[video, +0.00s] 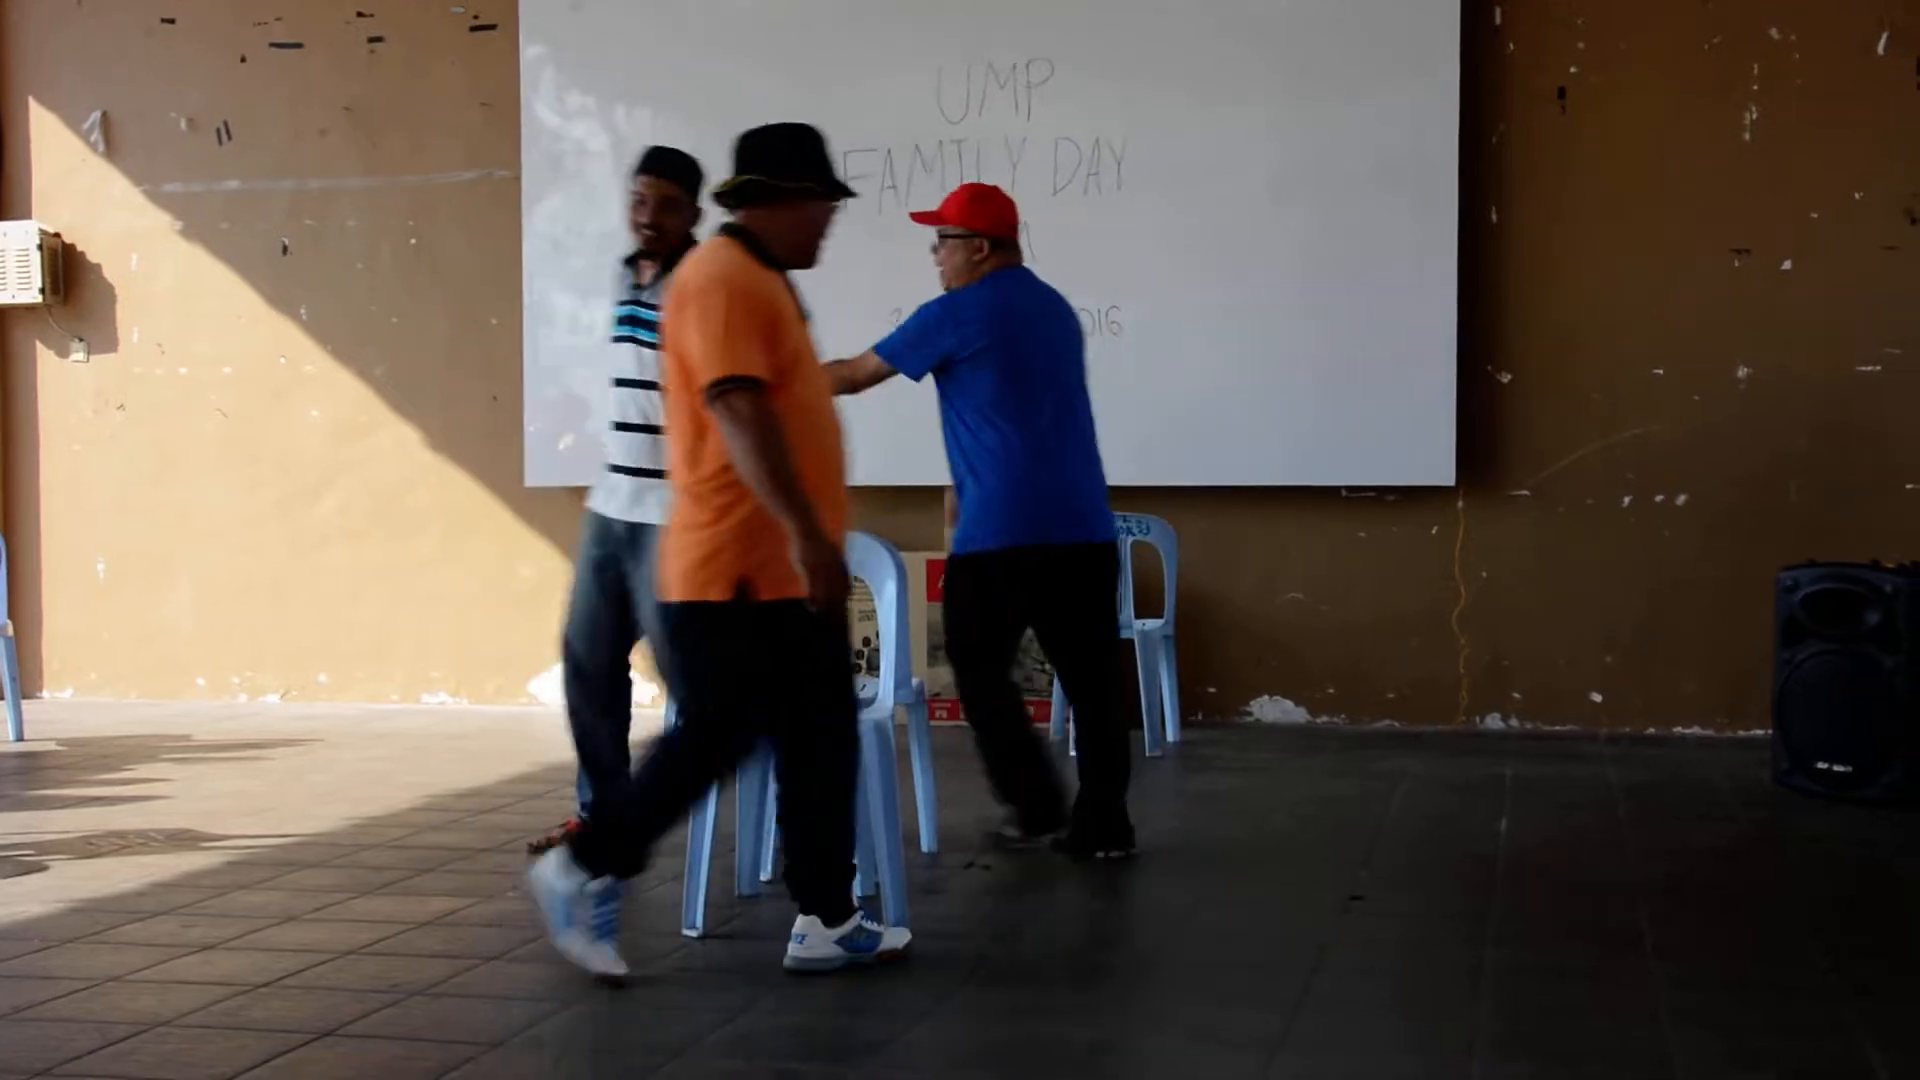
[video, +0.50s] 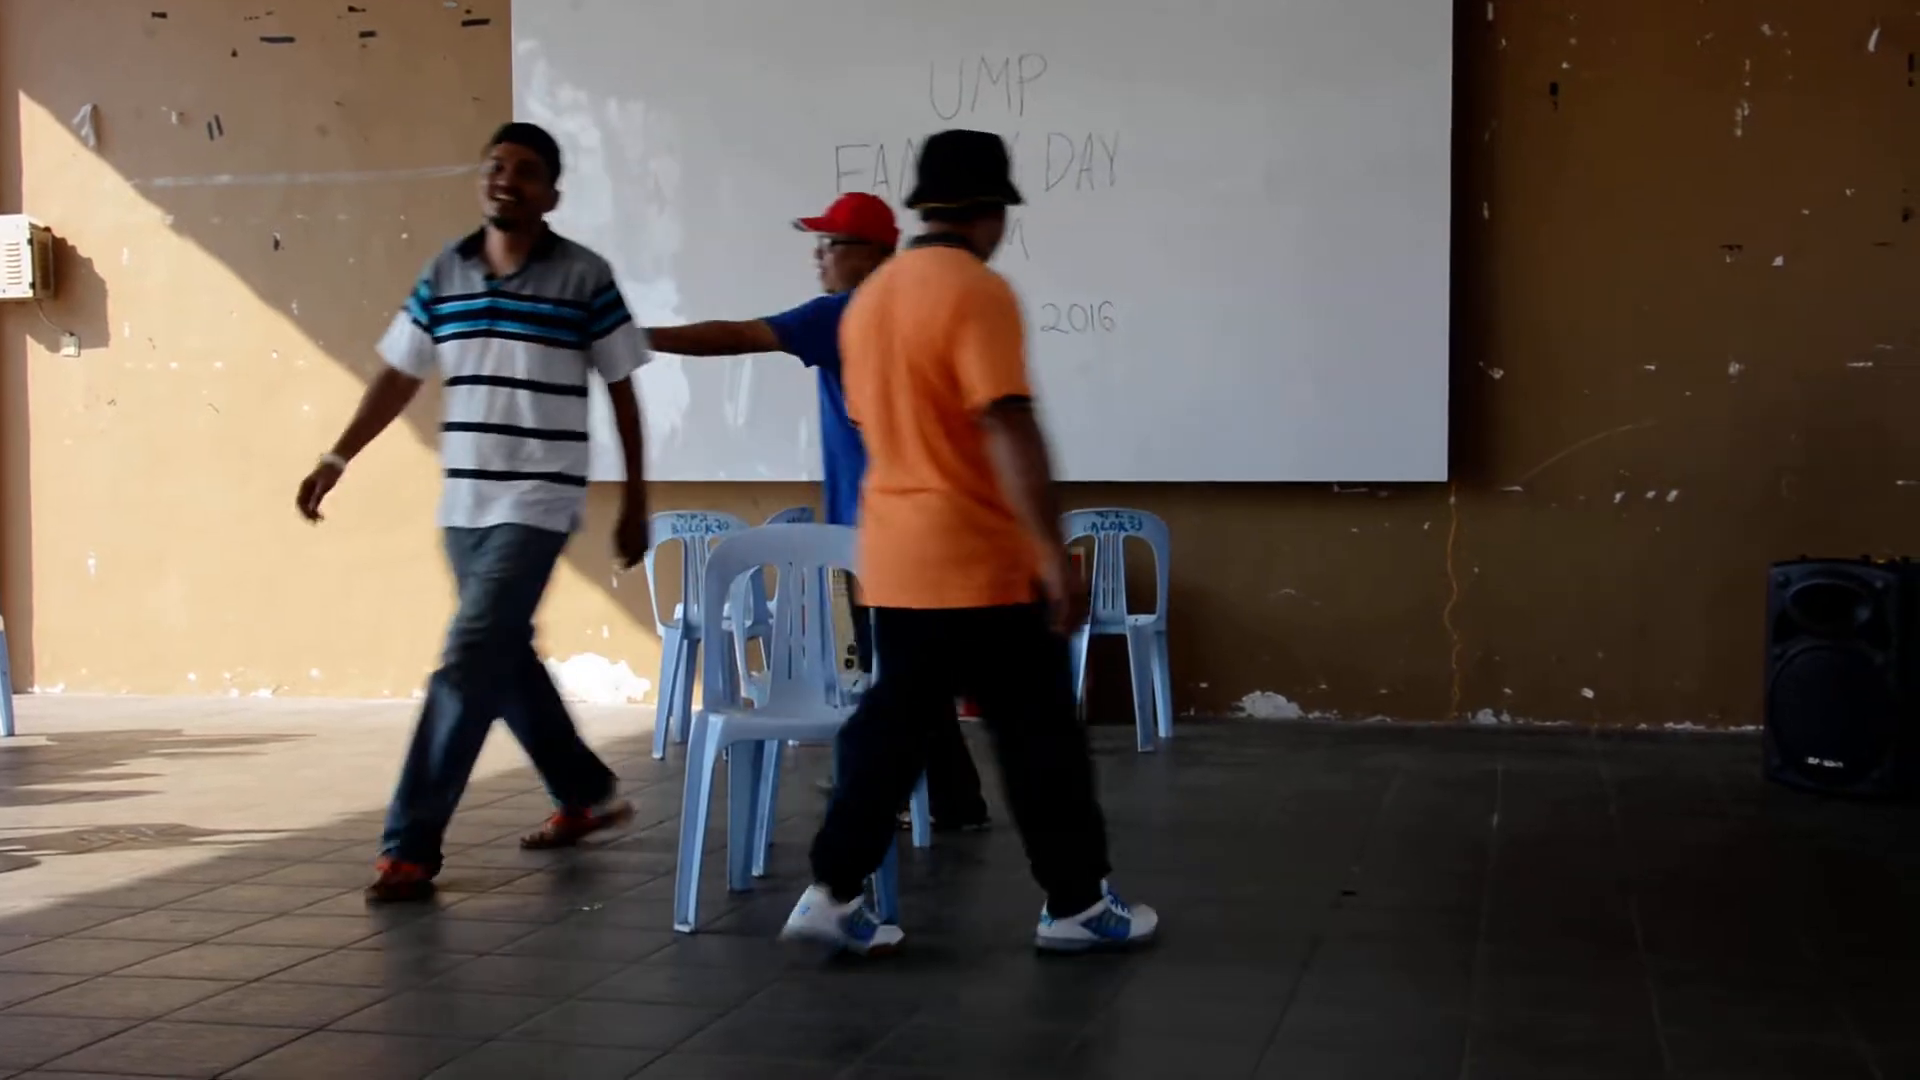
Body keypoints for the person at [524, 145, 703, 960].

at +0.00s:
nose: (645, 215)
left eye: (662, 204)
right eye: (639, 201)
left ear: (692, 212)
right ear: (628, 204)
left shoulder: (701, 285)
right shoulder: (628, 278)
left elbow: (714, 386)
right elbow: (631, 385)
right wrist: (615, 473)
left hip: (671, 514)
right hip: (609, 502)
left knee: (694, 683)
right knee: (588, 661)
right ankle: (606, 819)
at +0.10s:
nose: (615, 211)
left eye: (632, 199)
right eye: (606, 196)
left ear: (662, 206)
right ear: (595, 199)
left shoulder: (686, 280)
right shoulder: (587, 276)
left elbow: (713, 393)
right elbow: (581, 380)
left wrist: (724, 484)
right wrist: (562, 476)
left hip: (648, 498)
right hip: (583, 495)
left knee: (619, 651)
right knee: (570, 661)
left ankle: (711, 779)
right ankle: (603, 809)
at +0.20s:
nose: (590, 200)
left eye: (607, 189)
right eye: (581, 185)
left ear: (636, 196)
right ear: (569, 188)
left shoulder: (667, 273)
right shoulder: (549, 267)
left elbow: (706, 386)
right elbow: (523, 366)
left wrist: (721, 492)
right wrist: (481, 455)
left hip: (630, 484)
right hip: (557, 485)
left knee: (572, 635)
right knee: (557, 648)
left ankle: (622, 799)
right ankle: (594, 809)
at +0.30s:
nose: (565, 191)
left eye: (583, 180)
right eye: (555, 176)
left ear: (610, 191)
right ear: (542, 181)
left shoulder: (638, 269)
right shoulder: (514, 266)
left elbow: (692, 377)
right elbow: (473, 365)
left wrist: (703, 489)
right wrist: (415, 448)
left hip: (605, 484)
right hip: (533, 488)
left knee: (542, 636)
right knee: (574, 648)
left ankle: (519, 827)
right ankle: (608, 809)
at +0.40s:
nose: (535, 186)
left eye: (553, 177)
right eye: (527, 171)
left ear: (580, 191)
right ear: (510, 178)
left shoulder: (609, 272)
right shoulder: (476, 271)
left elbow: (659, 380)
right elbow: (431, 366)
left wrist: (671, 490)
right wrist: (365, 447)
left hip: (577, 498)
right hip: (503, 498)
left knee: (511, 648)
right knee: (550, 656)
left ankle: (441, 828)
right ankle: (602, 805)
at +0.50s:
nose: (503, 181)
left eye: (521, 172)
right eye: (495, 169)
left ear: (552, 191)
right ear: (477, 182)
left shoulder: (584, 277)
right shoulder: (446, 275)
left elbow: (623, 388)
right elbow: (398, 374)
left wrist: (636, 501)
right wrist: (337, 458)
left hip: (540, 503)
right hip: (463, 502)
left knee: (467, 662)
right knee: (503, 658)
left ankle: (411, 849)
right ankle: (588, 793)